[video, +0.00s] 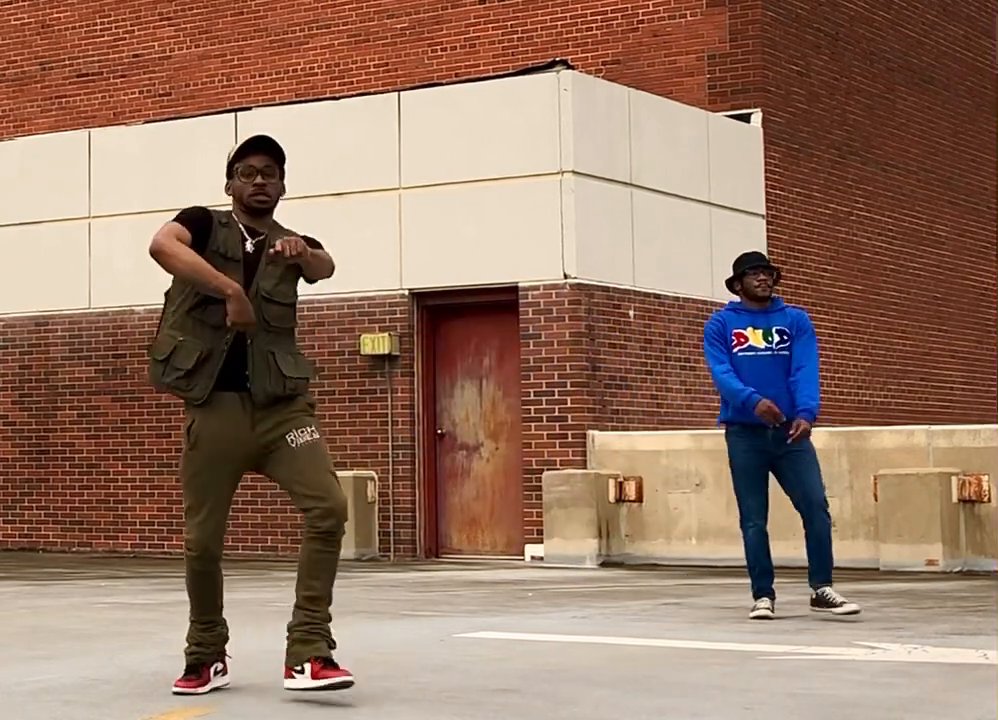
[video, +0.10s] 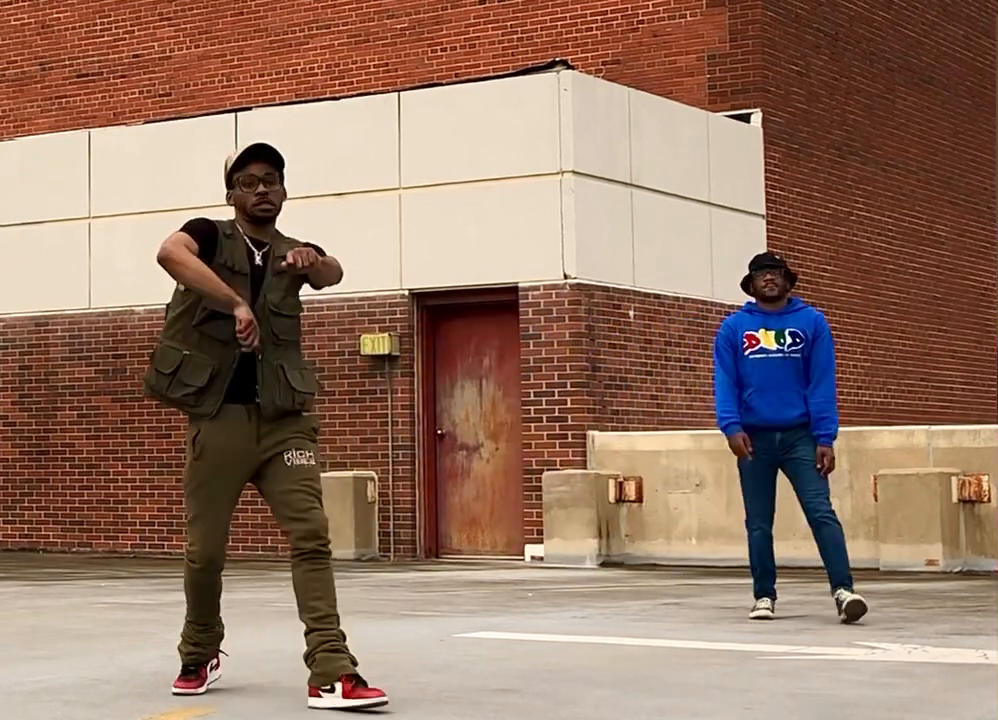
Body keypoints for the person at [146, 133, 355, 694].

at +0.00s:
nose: (259, 182)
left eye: (269, 174)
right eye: (248, 173)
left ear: (282, 185)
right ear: (230, 182)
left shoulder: (290, 242)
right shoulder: (203, 222)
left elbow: (324, 268)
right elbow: (162, 245)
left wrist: (299, 253)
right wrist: (232, 289)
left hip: (284, 410)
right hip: (216, 412)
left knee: (328, 510)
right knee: (202, 545)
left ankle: (308, 652)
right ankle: (206, 656)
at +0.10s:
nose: (260, 191)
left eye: (270, 182)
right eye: (248, 183)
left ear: (284, 191)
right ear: (231, 193)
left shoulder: (294, 251)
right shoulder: (209, 234)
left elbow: (334, 274)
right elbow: (170, 253)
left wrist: (310, 265)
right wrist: (235, 301)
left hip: (285, 421)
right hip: (219, 421)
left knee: (312, 538)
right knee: (203, 554)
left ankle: (331, 670)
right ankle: (198, 653)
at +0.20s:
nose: (259, 194)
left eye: (269, 186)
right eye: (247, 184)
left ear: (282, 195)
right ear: (228, 190)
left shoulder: (286, 253)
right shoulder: (200, 236)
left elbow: (324, 270)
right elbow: (170, 265)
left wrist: (310, 266)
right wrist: (244, 301)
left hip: (290, 421)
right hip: (219, 424)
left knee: (330, 526)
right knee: (202, 555)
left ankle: (332, 669)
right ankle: (198, 652)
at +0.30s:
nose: (252, 209)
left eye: (263, 201)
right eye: (242, 197)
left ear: (273, 210)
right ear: (222, 200)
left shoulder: (277, 260)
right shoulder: (192, 251)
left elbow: (314, 263)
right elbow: (169, 278)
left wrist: (302, 263)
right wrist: (243, 291)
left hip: (295, 424)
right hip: (222, 430)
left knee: (340, 525)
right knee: (197, 558)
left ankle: (329, 668)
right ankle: (194, 653)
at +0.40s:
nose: (249, 231)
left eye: (259, 222)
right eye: (239, 220)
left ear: (271, 229)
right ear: (219, 225)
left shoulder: (288, 281)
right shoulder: (197, 280)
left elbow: (315, 280)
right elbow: (166, 297)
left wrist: (301, 263)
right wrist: (236, 286)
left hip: (298, 441)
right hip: (224, 448)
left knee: (343, 537)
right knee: (194, 579)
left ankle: (327, 663)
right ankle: (201, 647)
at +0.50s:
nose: (251, 248)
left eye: (261, 239)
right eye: (240, 238)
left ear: (272, 246)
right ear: (220, 244)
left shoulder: (291, 294)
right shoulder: (203, 301)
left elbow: (318, 285)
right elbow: (168, 318)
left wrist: (300, 271)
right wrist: (229, 297)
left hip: (302, 454)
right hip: (228, 460)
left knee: (345, 559)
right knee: (199, 589)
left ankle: (332, 672)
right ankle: (201, 652)